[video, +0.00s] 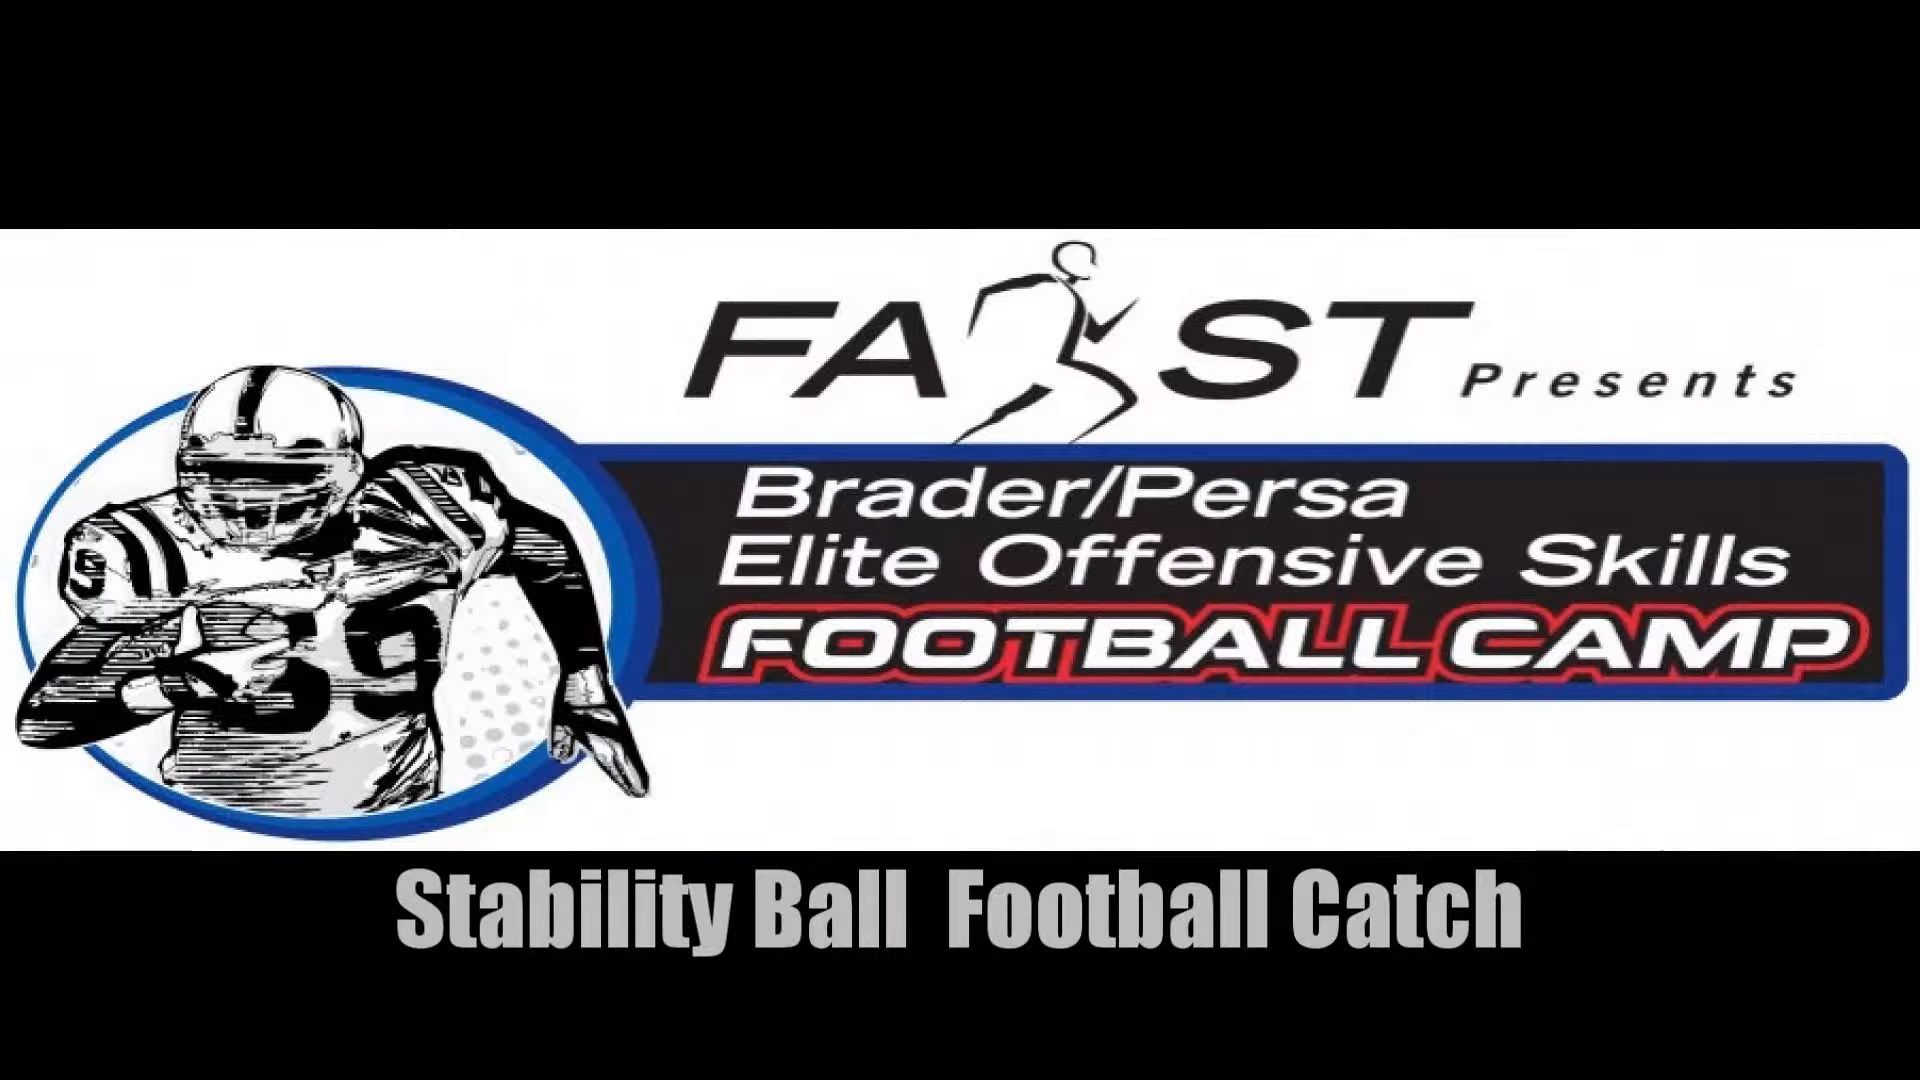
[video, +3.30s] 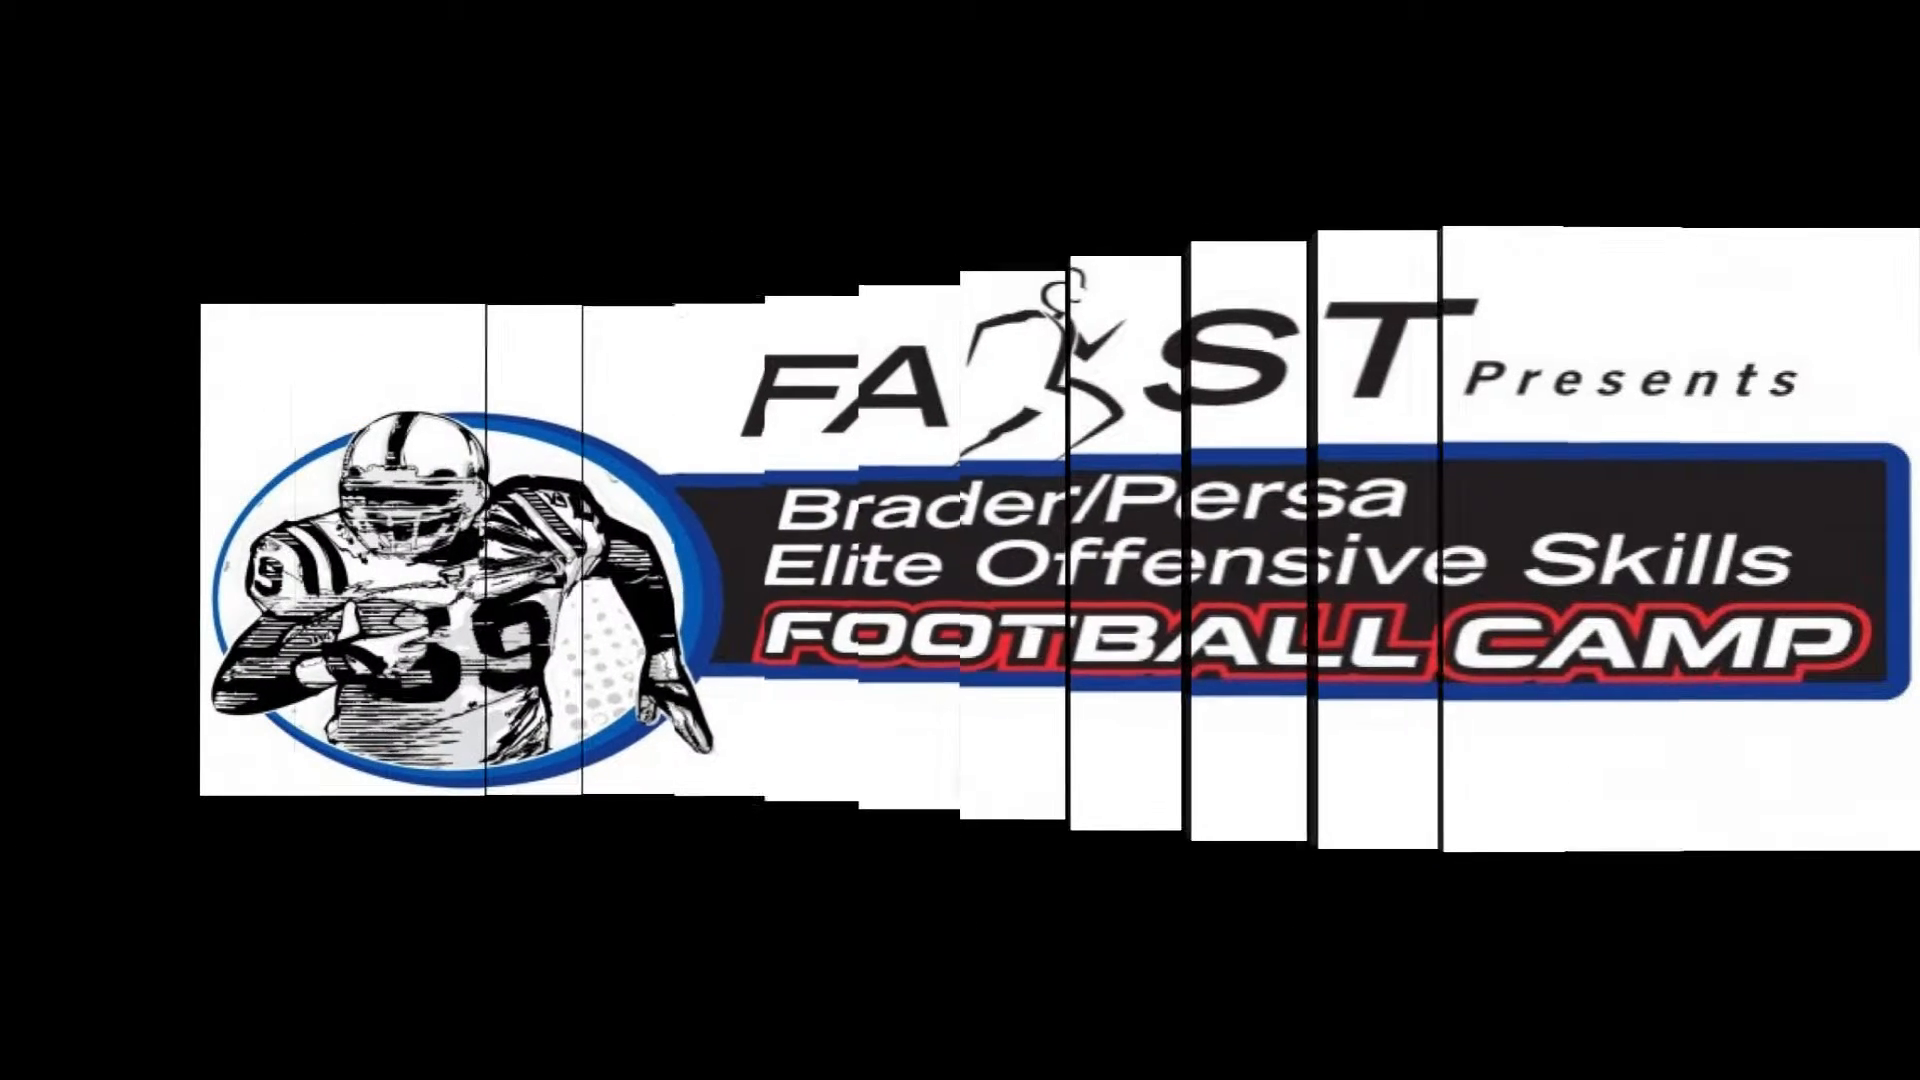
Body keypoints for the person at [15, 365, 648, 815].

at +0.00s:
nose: (253, 515)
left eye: (280, 493)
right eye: (230, 493)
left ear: (336, 479)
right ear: (195, 479)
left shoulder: (423, 508)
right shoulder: (140, 549)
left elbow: (546, 548)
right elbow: (43, 716)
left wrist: (585, 672)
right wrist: (172, 683)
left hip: (387, 812)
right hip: (219, 816)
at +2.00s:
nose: (252, 515)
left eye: (280, 493)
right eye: (229, 492)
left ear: (336, 480)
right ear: (194, 479)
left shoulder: (426, 508)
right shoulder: (142, 549)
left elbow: (546, 548)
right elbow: (43, 716)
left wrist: (585, 671)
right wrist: (175, 683)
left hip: (387, 812)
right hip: (218, 815)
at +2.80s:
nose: (269, 504)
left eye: (296, 484)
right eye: (250, 482)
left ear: (344, 476)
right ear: (224, 473)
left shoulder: (425, 505)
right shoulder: (186, 545)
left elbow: (543, 549)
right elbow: (117, 706)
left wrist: (583, 678)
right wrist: (223, 672)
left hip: (390, 803)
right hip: (245, 803)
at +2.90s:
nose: (320, 513)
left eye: (344, 492)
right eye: (303, 491)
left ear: (380, 478)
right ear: (278, 477)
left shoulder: (447, 511)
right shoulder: (247, 549)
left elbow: (550, 551)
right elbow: (182, 697)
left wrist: (584, 675)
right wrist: (277, 666)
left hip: (421, 794)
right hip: (297, 794)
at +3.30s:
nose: (402, 531)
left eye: (424, 513)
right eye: (383, 513)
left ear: (467, 501)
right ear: (355, 504)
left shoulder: (535, 524)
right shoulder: (314, 559)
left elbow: (633, 555)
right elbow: (233, 690)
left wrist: (663, 652)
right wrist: (337, 662)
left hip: (511, 764)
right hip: (376, 767)